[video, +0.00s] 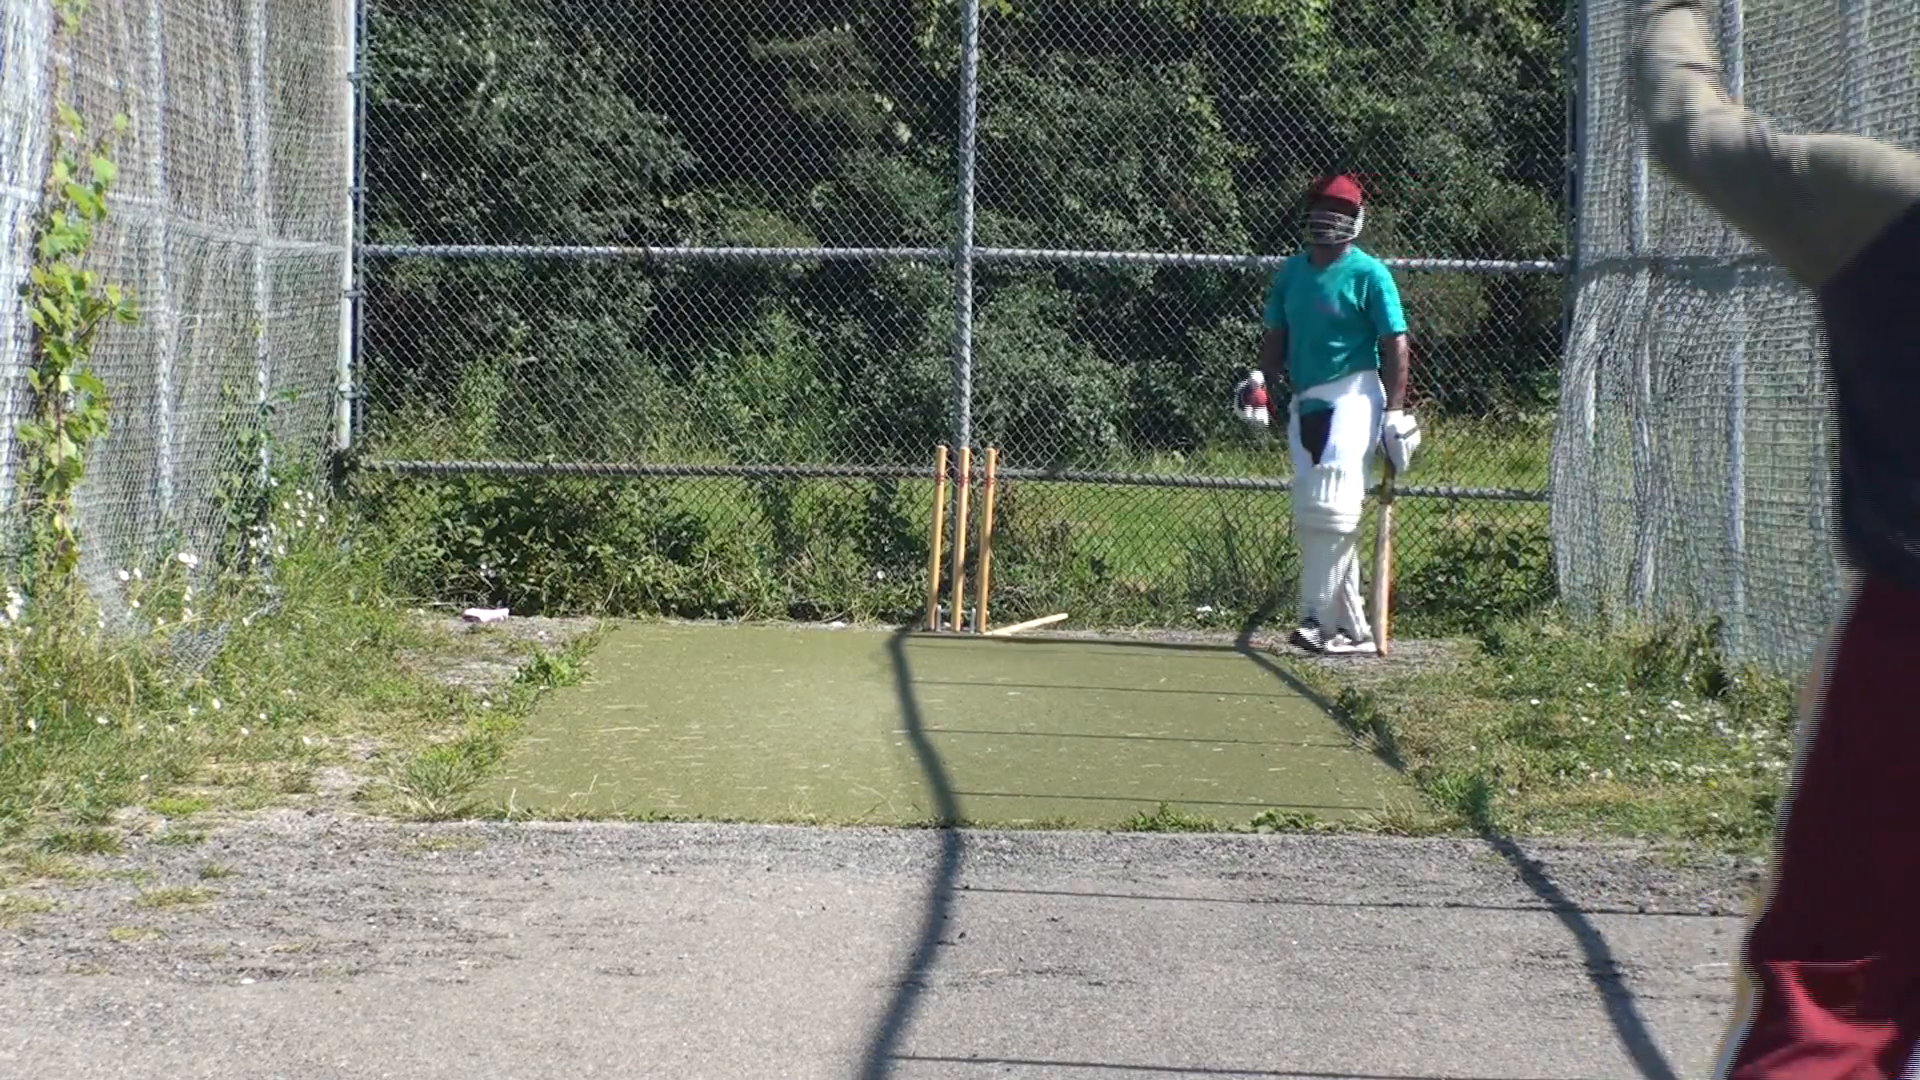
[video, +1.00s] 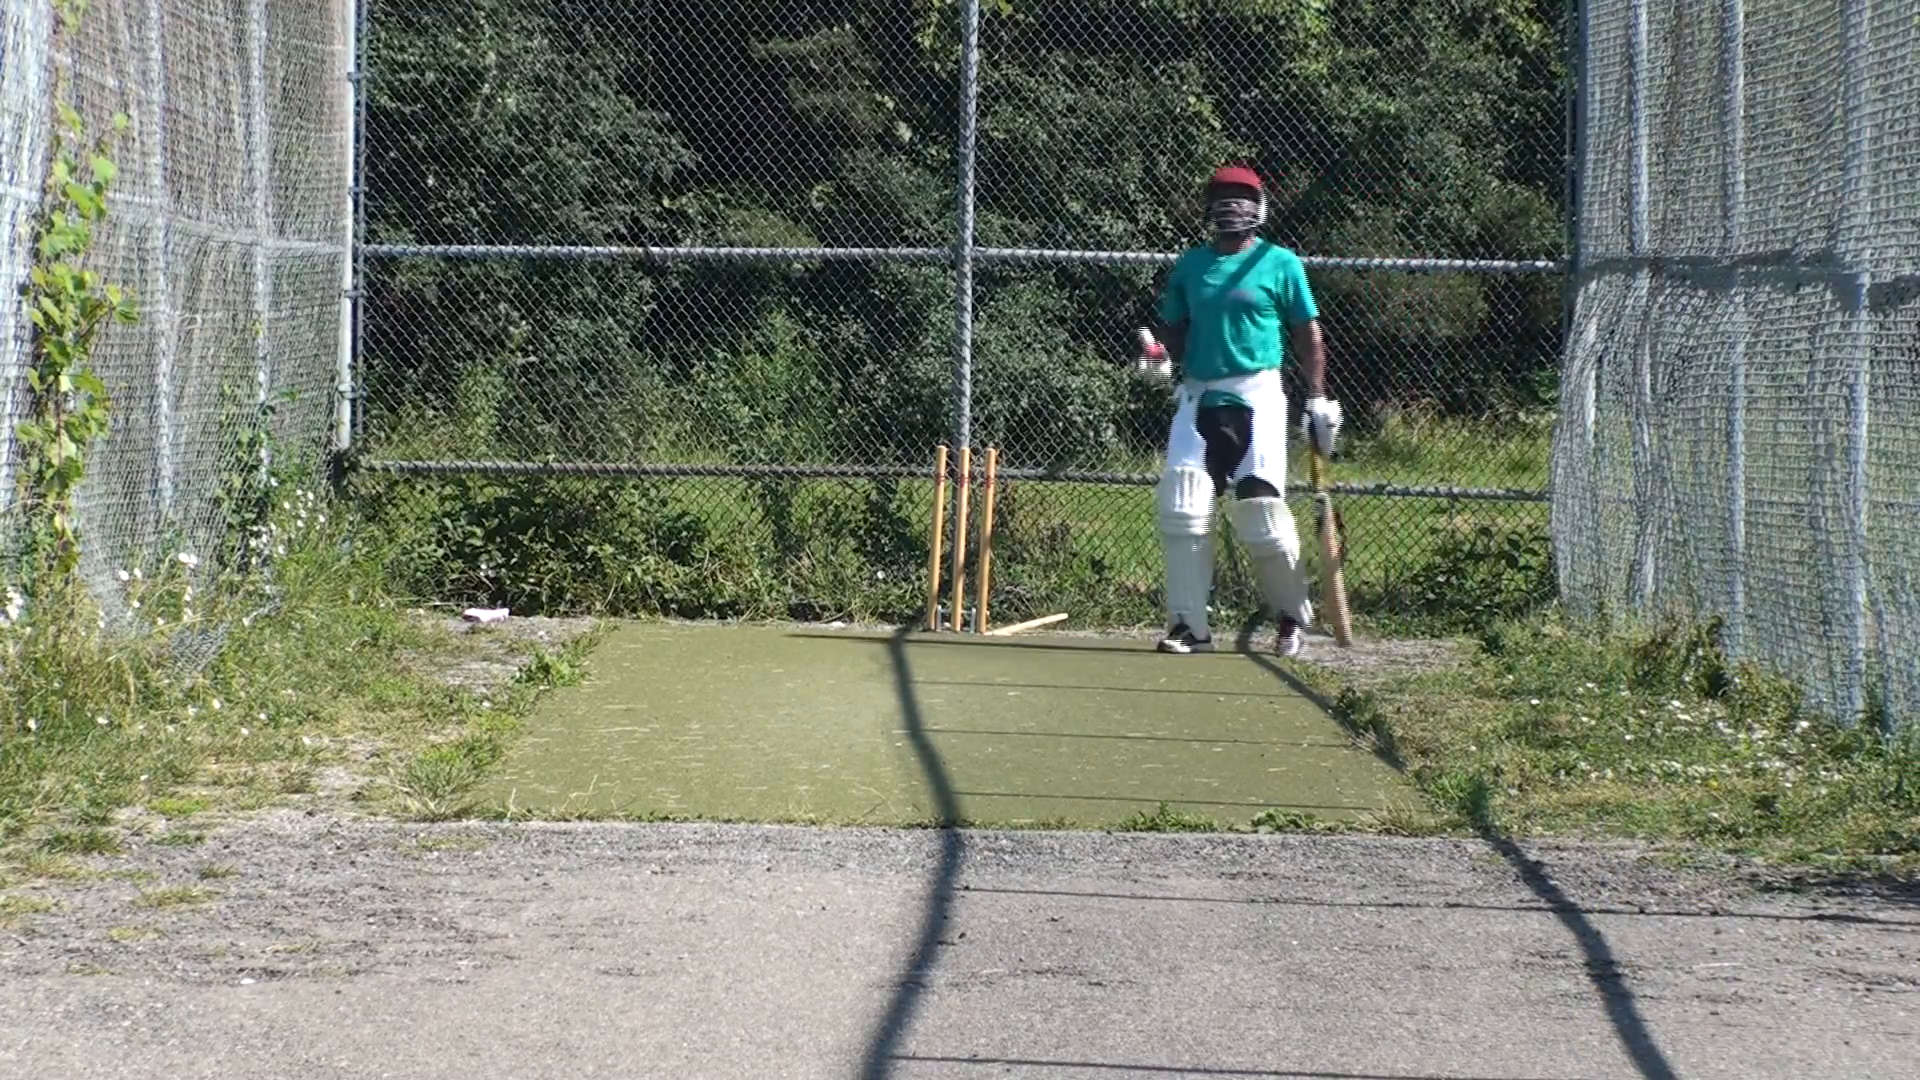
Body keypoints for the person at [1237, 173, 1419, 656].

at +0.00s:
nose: (1326, 228)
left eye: (1338, 221)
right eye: (1319, 219)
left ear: (1355, 226)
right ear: (1308, 221)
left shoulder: (1370, 273)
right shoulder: (1291, 271)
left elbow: (1396, 346)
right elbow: (1274, 335)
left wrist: (1394, 412)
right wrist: (1266, 382)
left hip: (1353, 393)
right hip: (1305, 396)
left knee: (1330, 502)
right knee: (1317, 507)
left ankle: (1316, 619)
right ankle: (1351, 625)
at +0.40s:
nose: (1300, 221)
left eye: (1312, 213)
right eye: (1293, 212)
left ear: (1331, 217)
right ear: (1283, 214)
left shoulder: (1347, 272)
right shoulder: (1264, 268)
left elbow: (1369, 345)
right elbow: (1250, 334)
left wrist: (1365, 412)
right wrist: (1231, 356)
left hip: (1324, 396)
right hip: (1272, 396)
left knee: (1303, 508)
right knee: (1244, 508)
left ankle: (1301, 632)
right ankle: (1299, 600)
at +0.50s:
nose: (1296, 214)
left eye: (1307, 207)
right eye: (1288, 205)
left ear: (1325, 213)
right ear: (1277, 210)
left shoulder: (1341, 271)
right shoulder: (1257, 267)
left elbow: (1361, 346)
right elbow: (1245, 333)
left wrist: (1360, 412)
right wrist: (1223, 354)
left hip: (1318, 397)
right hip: (1263, 396)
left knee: (1302, 510)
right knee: (1229, 498)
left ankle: (1298, 632)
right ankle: (1257, 617)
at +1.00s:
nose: (1231, 209)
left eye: (1242, 201)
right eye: (1222, 201)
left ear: (1260, 209)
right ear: (1209, 210)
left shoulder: (1282, 264)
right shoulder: (1188, 265)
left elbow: (1309, 337)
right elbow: (1176, 336)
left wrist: (1317, 399)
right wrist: (1161, 356)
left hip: (1258, 394)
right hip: (1196, 395)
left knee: (1258, 506)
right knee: (1181, 510)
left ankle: (1290, 615)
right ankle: (1188, 624)